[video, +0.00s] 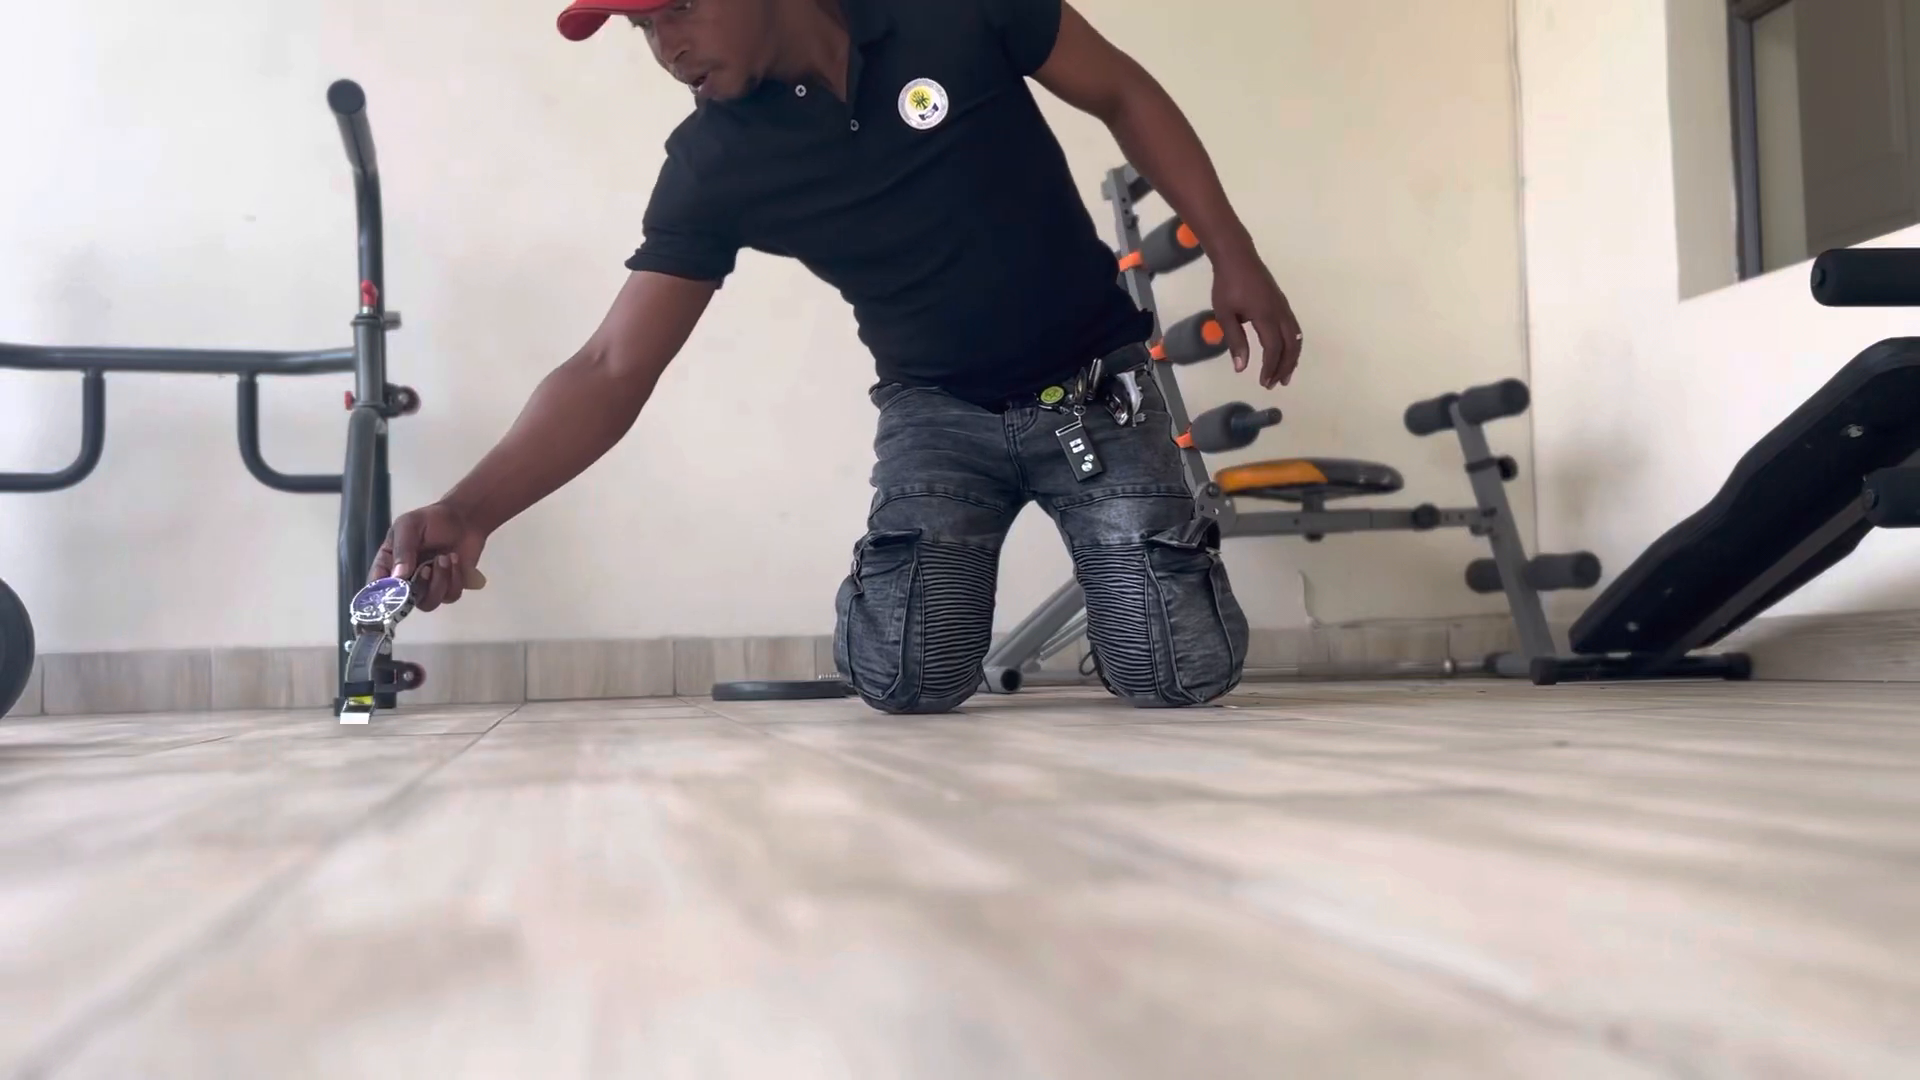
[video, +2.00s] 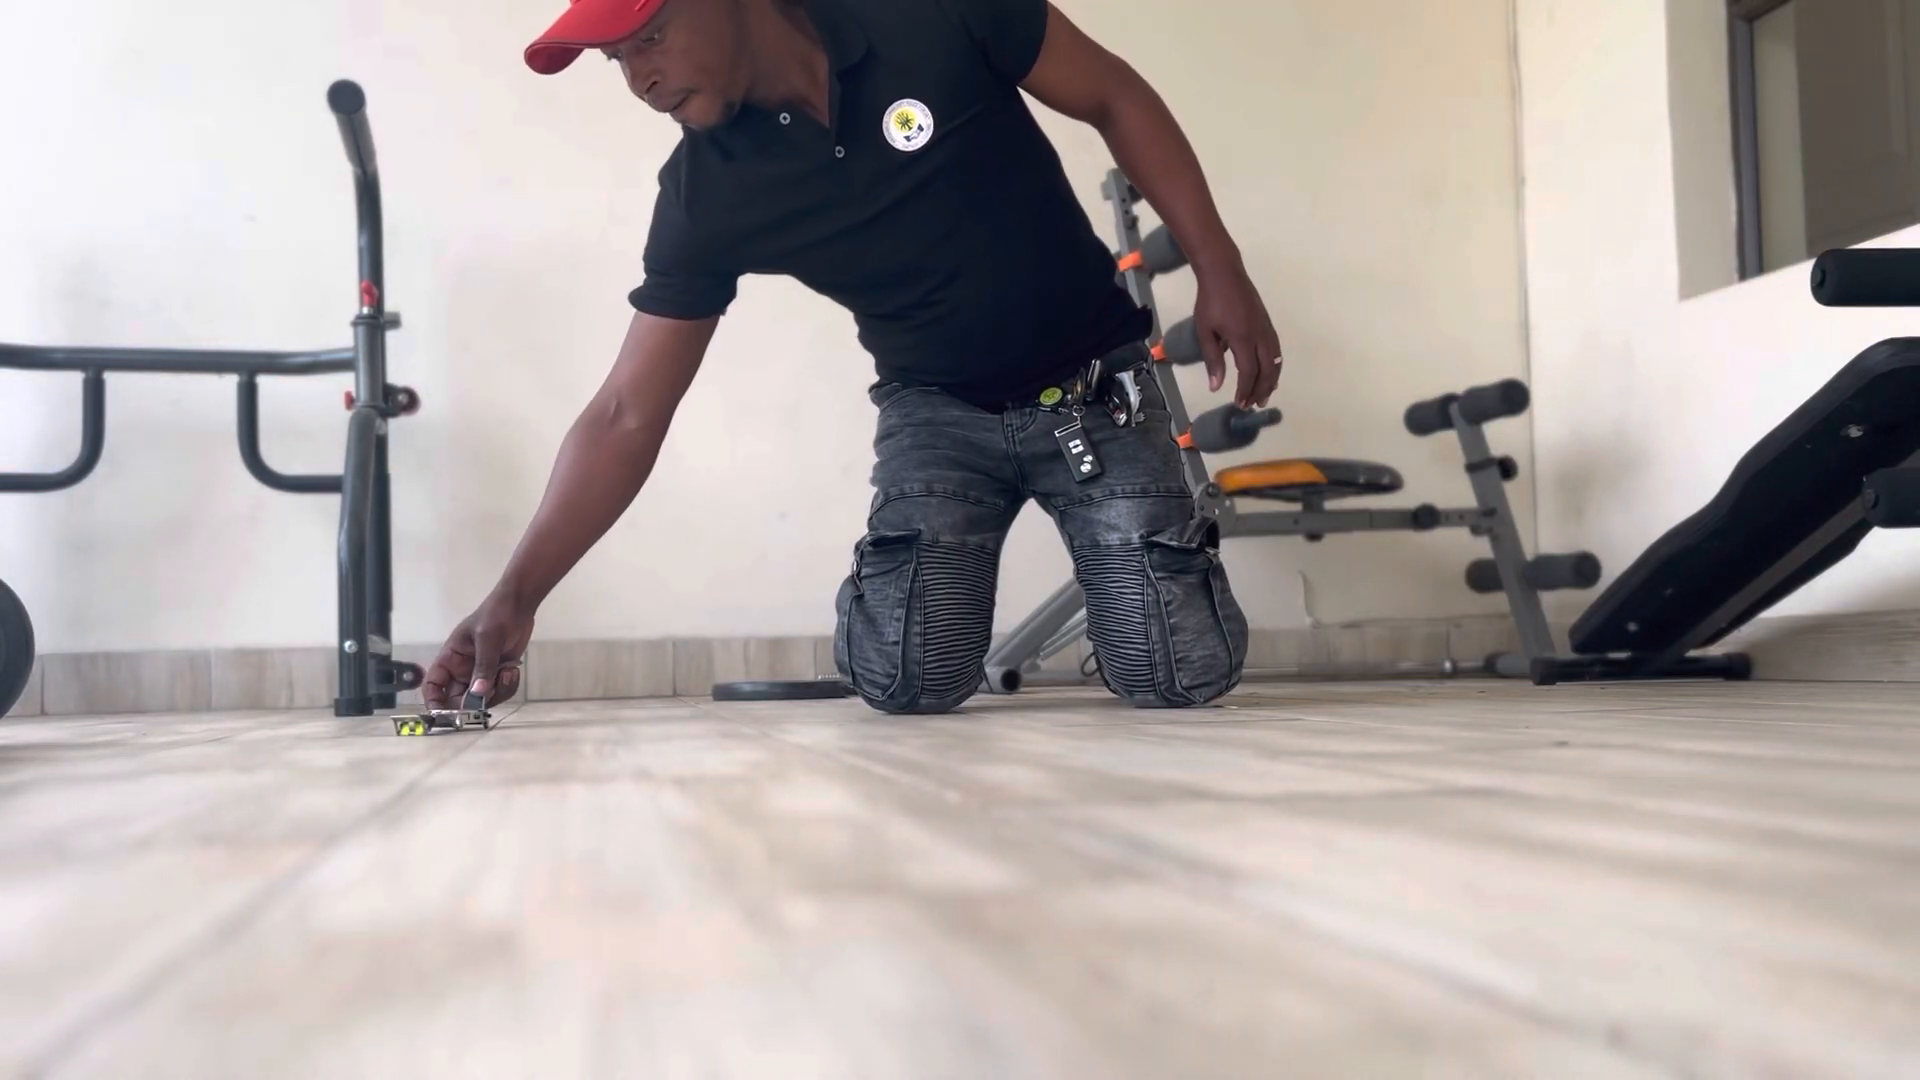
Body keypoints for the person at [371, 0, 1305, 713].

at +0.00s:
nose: (660, 51)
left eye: (668, 17)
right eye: (643, 33)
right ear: (661, 37)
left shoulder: (957, 17)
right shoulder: (714, 164)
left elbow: (1124, 92)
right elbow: (608, 369)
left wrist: (1234, 255)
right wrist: (466, 512)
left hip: (1101, 387)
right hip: (937, 413)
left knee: (1187, 670)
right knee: (905, 676)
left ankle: (1127, 613)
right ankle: (941, 625)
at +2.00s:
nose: (638, 80)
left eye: (648, 40)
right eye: (617, 62)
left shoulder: (935, 19)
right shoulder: (707, 190)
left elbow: (1116, 96)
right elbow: (620, 419)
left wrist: (1220, 269)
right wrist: (511, 601)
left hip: (1098, 380)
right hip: (936, 409)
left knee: (1188, 671)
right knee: (907, 675)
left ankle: (1118, 609)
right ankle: (956, 627)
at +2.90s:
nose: (873, 11)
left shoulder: (1050, 29)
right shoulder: (780, 130)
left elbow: (1213, 192)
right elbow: (738, 374)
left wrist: (1274, 398)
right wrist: (744, 572)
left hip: (1102, 396)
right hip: (935, 414)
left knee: (1177, 670)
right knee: (909, 673)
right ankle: (891, 601)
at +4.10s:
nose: (1171, 229)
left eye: (1209, 182)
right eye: (1150, 178)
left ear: (1288, 101)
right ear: (1095, 83)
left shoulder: (1356, 119)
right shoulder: (985, 125)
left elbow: (1402, 396)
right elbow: (891, 409)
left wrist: (1402, 662)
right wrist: (865, 673)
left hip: (1215, 369)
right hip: (1030, 351)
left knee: (1194, 678)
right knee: (965, 547)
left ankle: (1143, 637)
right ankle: (934, 633)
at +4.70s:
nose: (1126, 337)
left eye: (1166, 296)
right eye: (1088, 278)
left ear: (1275, 134)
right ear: (1043, 105)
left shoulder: (1365, 107)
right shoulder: (954, 116)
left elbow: (1422, 395)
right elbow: (869, 415)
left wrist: (1407, 663)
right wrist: (869, 673)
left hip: (1226, 266)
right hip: (1024, 248)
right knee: (990, 447)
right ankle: (953, 599)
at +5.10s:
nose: (1142, 267)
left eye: (1174, 242)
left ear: (1254, 100)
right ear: (1033, 96)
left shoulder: (1339, 104)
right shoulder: (933, 115)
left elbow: (1420, 395)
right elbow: (863, 418)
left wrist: (1409, 663)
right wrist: (875, 674)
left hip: (1199, 347)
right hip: (1022, 348)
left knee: (1188, 534)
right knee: (1012, 541)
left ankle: (1159, 601)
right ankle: (1022, 605)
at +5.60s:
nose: (1128, 147)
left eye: (1169, 114)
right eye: (1087, 112)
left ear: (1236, 53)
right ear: (1027, 45)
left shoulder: (1338, 76)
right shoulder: (946, 103)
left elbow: (1425, 379)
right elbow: (872, 411)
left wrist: (1431, 670)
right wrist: (873, 672)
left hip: (1217, 344)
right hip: (1033, 337)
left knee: (1200, 527)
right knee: (988, 531)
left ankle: (1170, 605)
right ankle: (1005, 607)